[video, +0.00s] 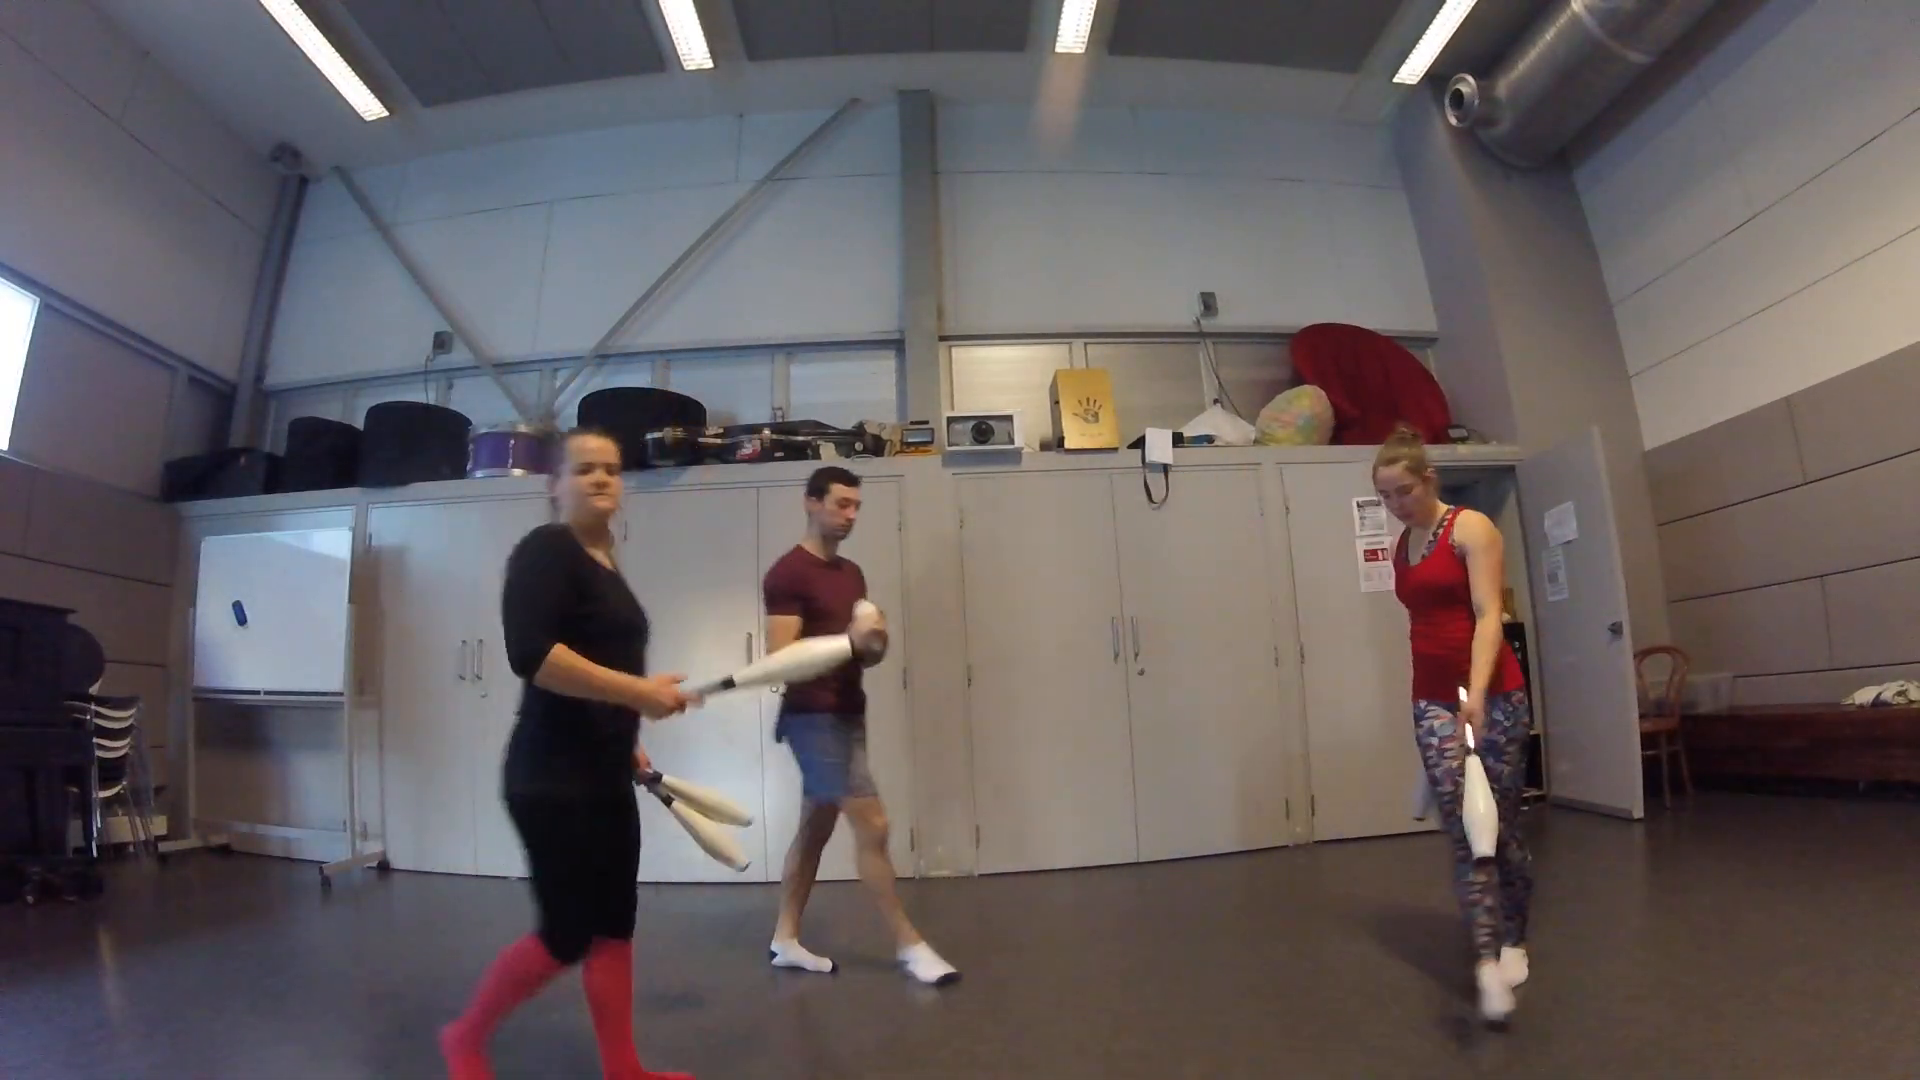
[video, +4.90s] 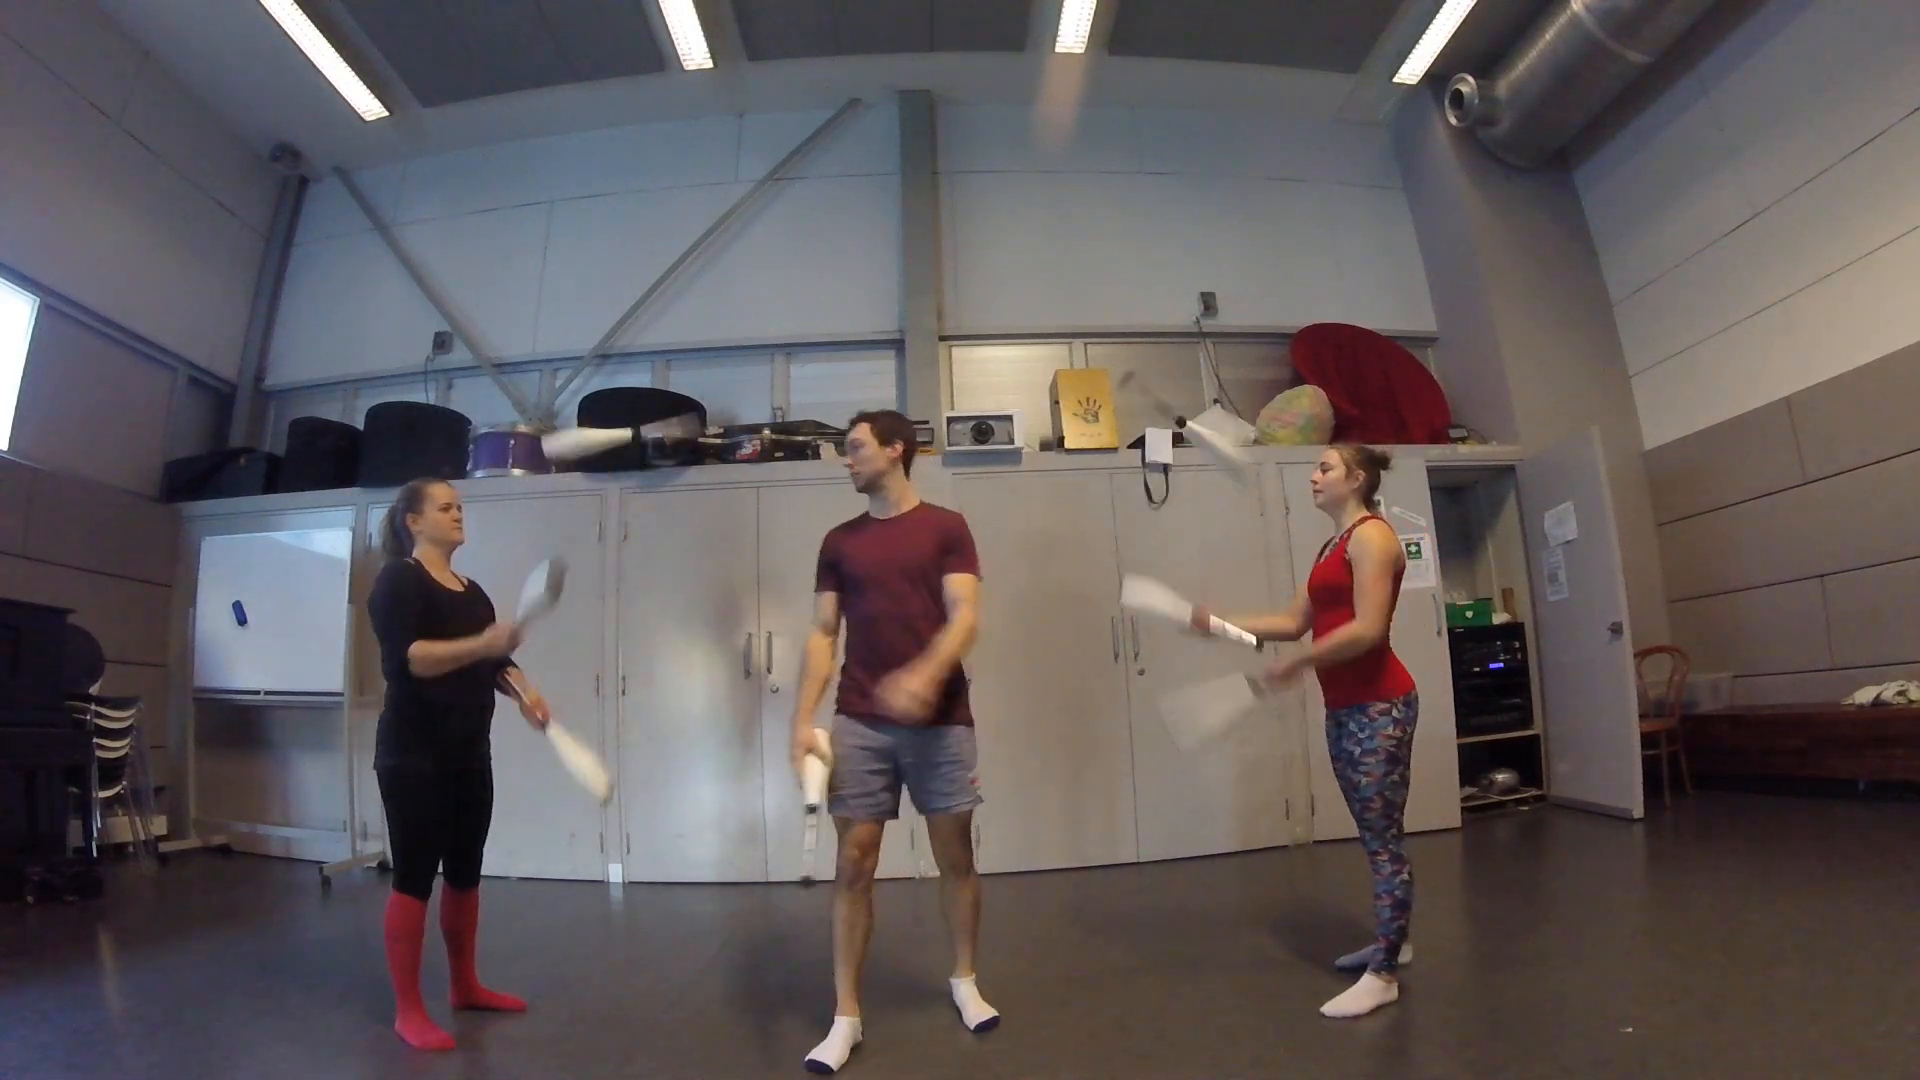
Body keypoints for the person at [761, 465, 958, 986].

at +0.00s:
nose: (850, 514)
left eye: (855, 506)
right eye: (842, 504)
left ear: (855, 511)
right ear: (812, 504)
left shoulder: (850, 573)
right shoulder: (788, 574)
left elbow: (870, 651)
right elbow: (778, 661)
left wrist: (873, 638)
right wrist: (846, 644)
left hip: (847, 715)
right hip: (811, 718)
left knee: (814, 830)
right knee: (872, 825)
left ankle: (785, 939)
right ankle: (909, 944)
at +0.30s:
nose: (906, 513)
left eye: (911, 504)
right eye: (897, 504)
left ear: (911, 506)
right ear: (868, 501)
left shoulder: (906, 562)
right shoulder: (849, 569)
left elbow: (908, 629)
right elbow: (848, 657)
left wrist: (945, 643)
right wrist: (924, 652)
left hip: (903, 701)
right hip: (869, 706)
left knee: (905, 820)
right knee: (910, 823)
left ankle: (827, 907)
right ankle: (923, 945)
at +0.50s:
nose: (930, 511)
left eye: (937, 503)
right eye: (921, 502)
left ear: (941, 505)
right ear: (896, 500)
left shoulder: (937, 562)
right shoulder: (873, 567)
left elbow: (945, 625)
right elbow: (861, 651)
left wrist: (971, 645)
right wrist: (942, 656)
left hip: (932, 700)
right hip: (889, 705)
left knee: (963, 811)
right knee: (918, 820)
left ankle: (927, 902)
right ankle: (923, 944)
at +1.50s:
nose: (936, 508)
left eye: (944, 501)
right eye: (927, 502)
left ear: (959, 510)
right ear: (916, 512)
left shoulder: (982, 567)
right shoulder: (897, 571)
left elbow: (1015, 620)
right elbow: (867, 632)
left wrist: (1022, 681)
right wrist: (856, 686)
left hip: (973, 710)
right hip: (915, 710)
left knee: (977, 815)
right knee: (912, 819)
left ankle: (988, 911)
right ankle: (908, 921)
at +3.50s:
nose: (888, 509)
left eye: (896, 502)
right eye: (880, 503)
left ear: (910, 510)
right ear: (867, 512)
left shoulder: (934, 568)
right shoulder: (850, 576)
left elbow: (957, 633)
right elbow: (838, 647)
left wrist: (973, 694)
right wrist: (834, 716)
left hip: (927, 712)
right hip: (872, 714)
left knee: (920, 816)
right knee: (889, 817)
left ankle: (924, 912)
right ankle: (903, 920)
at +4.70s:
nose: (873, 462)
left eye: (884, 452)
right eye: (872, 454)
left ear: (921, 459)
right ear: (879, 467)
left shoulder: (966, 535)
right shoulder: (862, 544)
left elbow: (997, 619)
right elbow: (844, 631)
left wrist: (1008, 698)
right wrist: (825, 711)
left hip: (954, 722)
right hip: (879, 722)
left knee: (960, 850)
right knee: (871, 854)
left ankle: (968, 980)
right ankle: (867, 1000)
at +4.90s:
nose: (846, 460)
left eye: (856, 449)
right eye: (845, 451)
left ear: (897, 453)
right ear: (878, 457)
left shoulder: (946, 527)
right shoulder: (841, 541)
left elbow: (965, 617)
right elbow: (824, 634)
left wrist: (922, 674)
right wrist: (804, 719)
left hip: (940, 725)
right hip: (861, 725)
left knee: (956, 857)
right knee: (854, 863)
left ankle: (965, 981)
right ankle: (845, 1016)